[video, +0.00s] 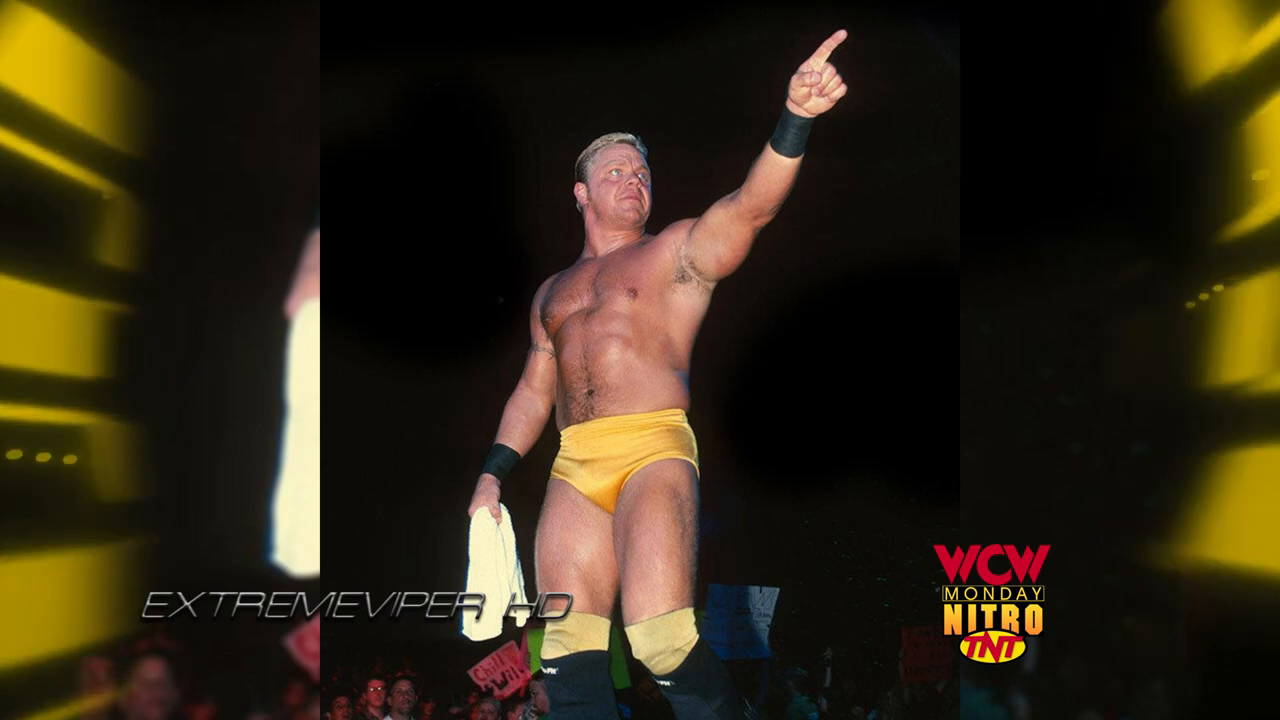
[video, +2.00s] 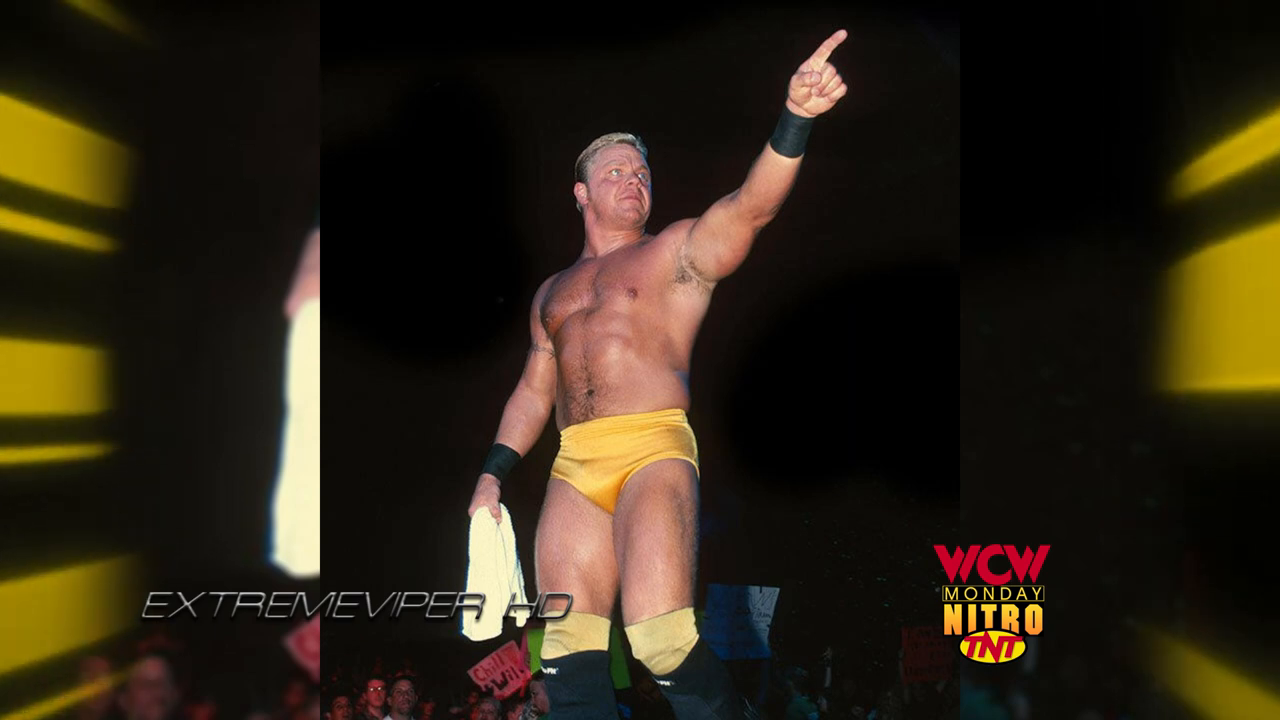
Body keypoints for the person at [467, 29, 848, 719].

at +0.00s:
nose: (632, 179)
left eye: (640, 172)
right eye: (615, 170)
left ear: (650, 194)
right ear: (581, 193)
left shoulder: (680, 254)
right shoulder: (552, 296)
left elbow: (753, 203)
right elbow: (534, 394)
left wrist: (797, 116)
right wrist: (490, 478)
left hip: (656, 448)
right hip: (575, 462)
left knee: (660, 636)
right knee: (568, 646)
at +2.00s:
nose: (632, 179)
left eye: (640, 172)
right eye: (615, 170)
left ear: (650, 194)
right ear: (581, 193)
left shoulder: (680, 254)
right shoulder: (552, 296)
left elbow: (753, 203)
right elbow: (534, 394)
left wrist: (797, 116)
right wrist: (490, 478)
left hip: (656, 448)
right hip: (575, 462)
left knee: (660, 636)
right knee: (568, 647)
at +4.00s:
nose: (632, 179)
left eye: (640, 172)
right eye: (615, 170)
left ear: (650, 194)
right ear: (581, 193)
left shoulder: (680, 254)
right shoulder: (552, 296)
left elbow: (753, 203)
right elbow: (534, 394)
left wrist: (797, 116)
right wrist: (490, 478)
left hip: (656, 448)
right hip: (575, 462)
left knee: (660, 636)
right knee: (568, 647)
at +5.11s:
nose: (632, 179)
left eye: (640, 172)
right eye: (615, 170)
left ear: (650, 194)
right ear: (581, 193)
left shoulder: (680, 254)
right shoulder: (552, 296)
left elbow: (753, 203)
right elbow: (534, 394)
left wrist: (797, 116)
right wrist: (490, 478)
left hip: (656, 448)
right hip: (575, 462)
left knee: (660, 636)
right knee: (568, 647)